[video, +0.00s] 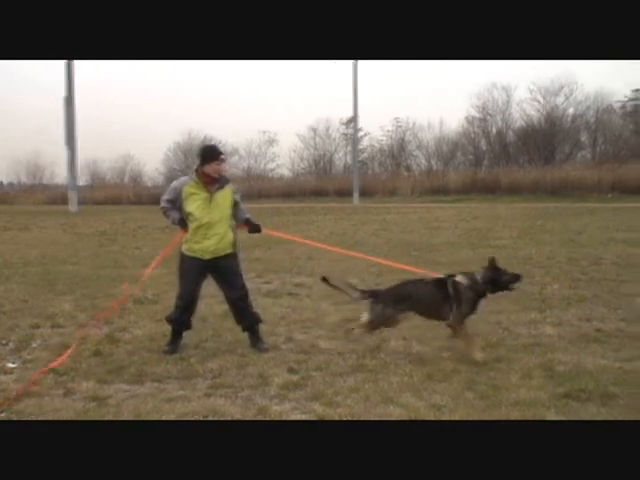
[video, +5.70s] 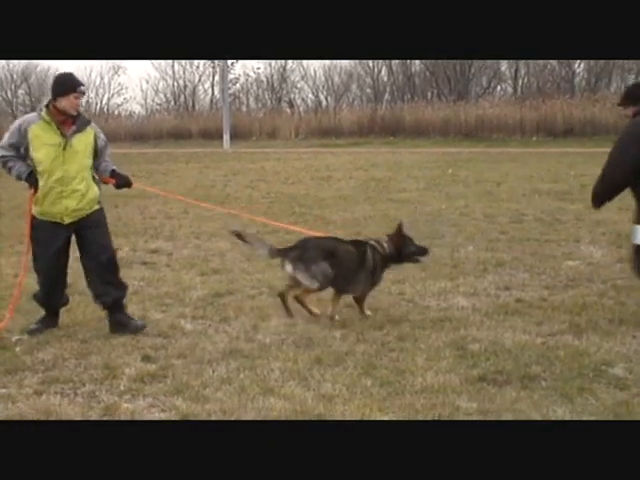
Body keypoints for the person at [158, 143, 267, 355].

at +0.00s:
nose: (221, 167)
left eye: (222, 163)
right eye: (217, 163)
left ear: (221, 165)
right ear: (204, 165)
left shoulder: (227, 188)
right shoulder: (183, 185)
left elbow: (237, 209)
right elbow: (166, 205)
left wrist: (248, 222)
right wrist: (179, 219)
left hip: (224, 253)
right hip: (193, 253)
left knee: (238, 295)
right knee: (186, 298)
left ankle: (255, 336)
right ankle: (175, 339)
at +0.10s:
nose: (194, 167)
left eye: (196, 162)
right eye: (189, 163)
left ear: (198, 164)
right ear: (177, 165)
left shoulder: (205, 189)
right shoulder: (158, 187)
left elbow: (217, 211)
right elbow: (142, 205)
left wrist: (231, 221)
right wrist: (154, 219)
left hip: (199, 253)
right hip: (169, 254)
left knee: (214, 297)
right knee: (160, 299)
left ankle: (230, 336)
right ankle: (147, 340)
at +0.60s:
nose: (175, 169)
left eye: (176, 165)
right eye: (171, 165)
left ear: (176, 165)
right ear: (158, 165)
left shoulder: (179, 187)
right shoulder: (136, 184)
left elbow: (185, 210)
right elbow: (117, 203)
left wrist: (192, 220)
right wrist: (130, 219)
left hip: (173, 253)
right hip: (144, 254)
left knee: (184, 297)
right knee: (133, 298)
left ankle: (198, 339)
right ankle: (117, 340)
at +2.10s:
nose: (144, 165)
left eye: (146, 160)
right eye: (140, 160)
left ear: (144, 161)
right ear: (126, 160)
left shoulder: (151, 189)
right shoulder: (99, 181)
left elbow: (156, 218)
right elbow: (75, 203)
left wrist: (165, 226)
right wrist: (93, 221)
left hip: (141, 259)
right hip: (108, 260)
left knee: (156, 306)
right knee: (99, 310)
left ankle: (176, 353)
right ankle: (84, 355)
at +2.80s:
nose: (117, 140)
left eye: (119, 135)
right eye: (112, 134)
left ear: (117, 136)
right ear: (96, 134)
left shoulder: (124, 163)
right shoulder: (66, 157)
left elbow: (131, 192)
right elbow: (42, 183)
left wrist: (136, 207)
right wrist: (62, 202)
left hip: (115, 244)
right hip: (78, 245)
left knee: (132, 296)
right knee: (70, 301)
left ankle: (155, 347)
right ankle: (52, 349)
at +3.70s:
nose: (86, 121)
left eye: (87, 116)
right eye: (81, 116)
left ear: (82, 118)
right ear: (64, 116)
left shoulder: (89, 146)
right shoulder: (35, 142)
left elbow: (95, 174)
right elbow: (7, 170)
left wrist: (100, 187)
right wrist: (32, 189)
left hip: (83, 232)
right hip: (48, 232)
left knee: (98, 284)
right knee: (36, 288)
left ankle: (121, 336)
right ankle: (15, 336)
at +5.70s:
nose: (79, 101)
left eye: (81, 96)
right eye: (74, 96)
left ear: (80, 98)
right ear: (57, 98)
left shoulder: (90, 130)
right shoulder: (28, 126)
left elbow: (102, 162)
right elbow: (6, 153)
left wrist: (114, 175)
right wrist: (25, 173)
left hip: (88, 209)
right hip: (48, 212)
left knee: (104, 261)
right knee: (48, 268)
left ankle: (117, 316)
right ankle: (50, 315)